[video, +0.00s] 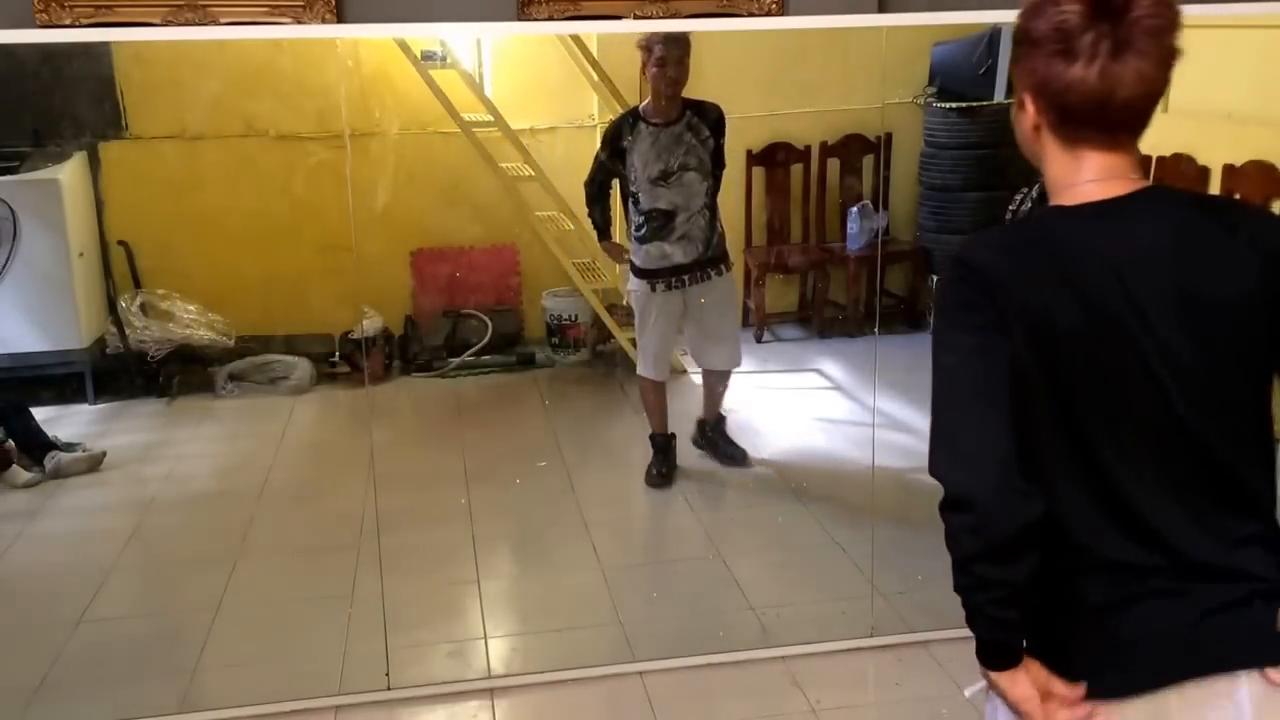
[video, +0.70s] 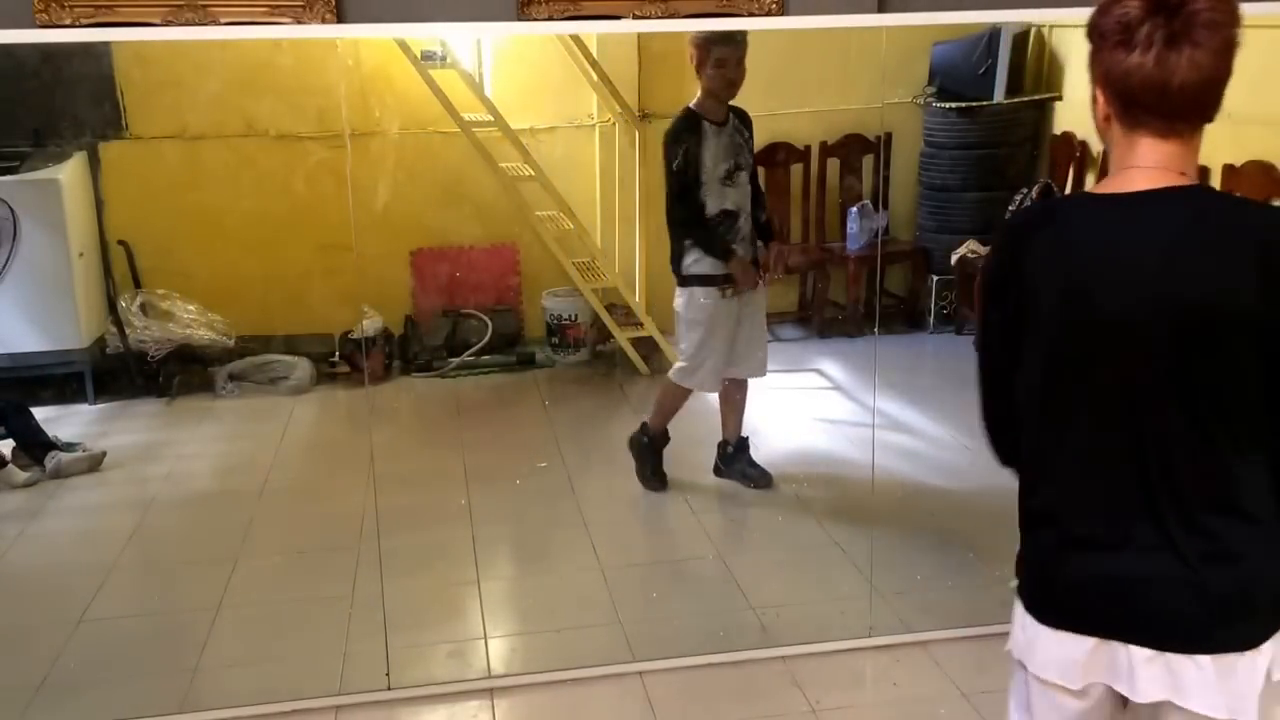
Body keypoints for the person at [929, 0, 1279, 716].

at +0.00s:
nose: (1013, 111)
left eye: (1014, 96)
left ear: (1029, 111)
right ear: (1151, 99)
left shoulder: (988, 272)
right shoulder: (1250, 240)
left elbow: (976, 486)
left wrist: (1001, 651)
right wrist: (1275, 622)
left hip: (1077, 670)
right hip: (1246, 644)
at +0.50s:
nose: (1040, 103)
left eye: (1041, 87)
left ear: (1054, 102)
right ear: (1167, 90)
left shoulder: (1010, 257)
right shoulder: (1255, 236)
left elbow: (973, 443)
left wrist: (966, 565)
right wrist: (1273, 564)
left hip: (1061, 631)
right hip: (1221, 627)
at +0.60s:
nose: (1067, 107)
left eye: (1066, 90)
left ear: (1079, 104)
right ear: (1192, 94)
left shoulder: (1010, 253)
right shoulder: (1264, 236)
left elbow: (981, 463)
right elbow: (1278, 436)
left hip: (1058, 637)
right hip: (1225, 644)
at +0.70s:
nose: (1091, 102)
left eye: (1090, 85)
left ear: (1101, 104)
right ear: (1215, 100)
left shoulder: (1030, 243)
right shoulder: (1263, 239)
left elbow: (1008, 433)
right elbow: (1277, 426)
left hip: (1066, 618)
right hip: (1223, 630)